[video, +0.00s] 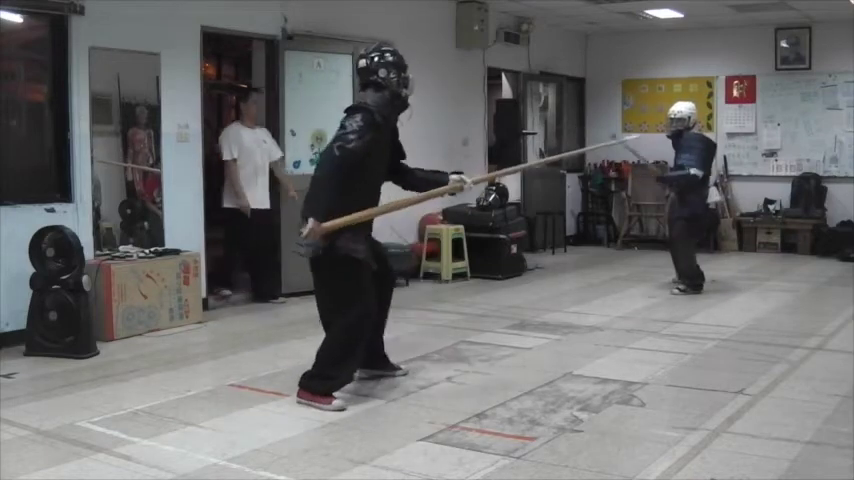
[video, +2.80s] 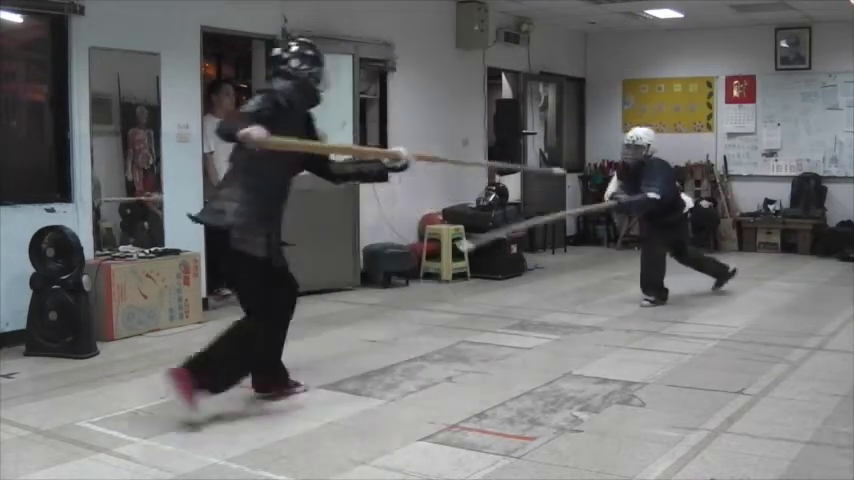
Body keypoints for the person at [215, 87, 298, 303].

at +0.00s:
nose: (257, 108)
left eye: (258, 104)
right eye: (253, 104)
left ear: (257, 107)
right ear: (242, 107)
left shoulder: (263, 134)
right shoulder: (231, 133)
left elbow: (276, 164)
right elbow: (231, 168)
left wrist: (288, 185)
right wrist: (241, 197)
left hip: (262, 204)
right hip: (236, 204)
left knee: (263, 249)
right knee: (234, 248)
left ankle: (265, 291)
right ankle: (224, 285)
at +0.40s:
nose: (242, 102)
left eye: (242, 98)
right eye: (237, 98)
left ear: (241, 102)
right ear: (224, 100)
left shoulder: (241, 127)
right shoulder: (212, 124)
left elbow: (248, 161)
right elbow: (211, 159)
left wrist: (255, 190)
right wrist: (216, 191)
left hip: (243, 198)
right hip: (219, 199)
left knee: (254, 238)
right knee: (219, 245)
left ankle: (260, 282)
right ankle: (217, 285)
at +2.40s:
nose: (232, 99)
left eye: (232, 95)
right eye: (227, 95)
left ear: (232, 99)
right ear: (215, 98)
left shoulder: (233, 125)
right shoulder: (207, 123)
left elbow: (243, 156)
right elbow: (207, 158)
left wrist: (253, 182)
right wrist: (217, 188)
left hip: (237, 195)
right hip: (215, 197)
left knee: (241, 241)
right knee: (217, 244)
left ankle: (251, 280)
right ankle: (217, 285)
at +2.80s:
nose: (231, 100)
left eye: (232, 95)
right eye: (226, 95)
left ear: (233, 98)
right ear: (214, 98)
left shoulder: (235, 123)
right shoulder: (209, 123)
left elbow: (239, 153)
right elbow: (208, 155)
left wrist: (239, 177)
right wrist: (216, 183)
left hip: (233, 183)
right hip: (217, 185)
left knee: (229, 234)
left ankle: (228, 282)